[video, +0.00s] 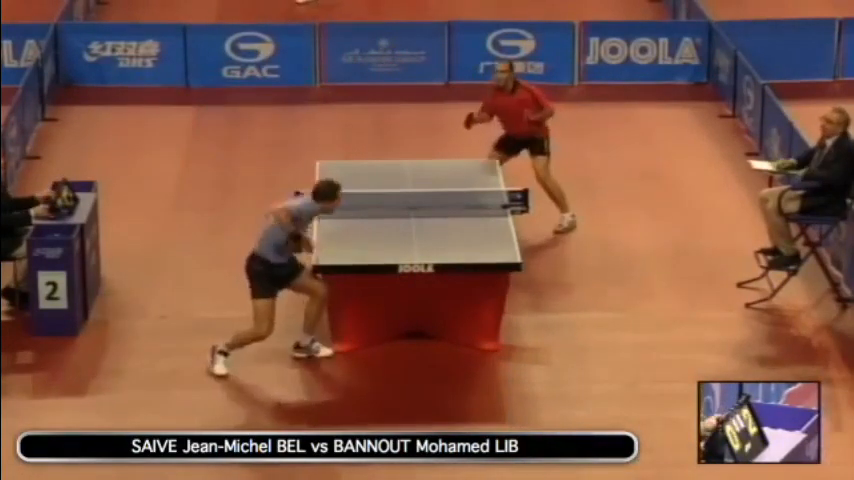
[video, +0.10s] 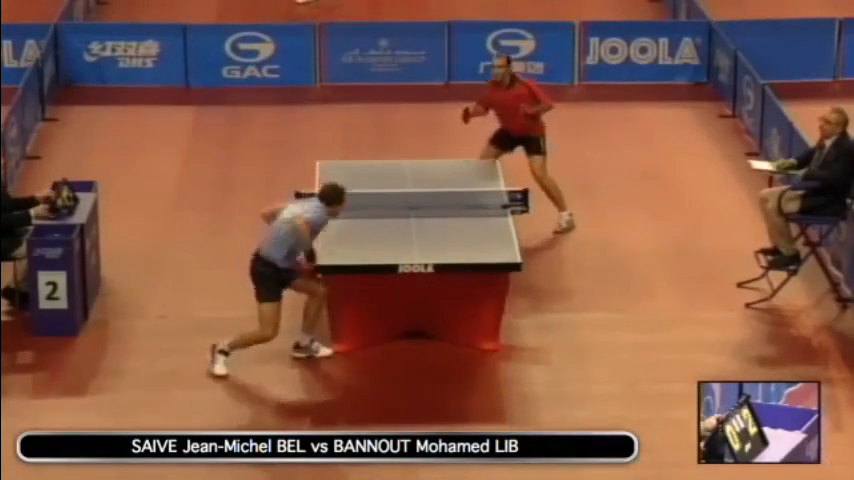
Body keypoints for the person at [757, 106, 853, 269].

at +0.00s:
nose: (822, 124)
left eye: (829, 122)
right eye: (823, 120)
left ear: (840, 128)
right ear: (823, 120)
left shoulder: (846, 148)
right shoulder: (826, 141)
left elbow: (833, 178)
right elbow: (806, 159)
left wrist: (802, 177)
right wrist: (789, 164)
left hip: (829, 199)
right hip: (813, 191)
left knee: (774, 206)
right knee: (765, 197)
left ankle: (790, 254)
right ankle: (780, 247)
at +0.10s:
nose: (821, 125)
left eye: (826, 122)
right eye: (822, 120)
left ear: (838, 128)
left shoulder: (845, 148)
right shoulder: (825, 142)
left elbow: (833, 178)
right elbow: (804, 160)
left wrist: (802, 176)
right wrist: (788, 164)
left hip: (829, 199)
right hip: (814, 191)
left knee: (774, 206)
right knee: (765, 197)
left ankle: (790, 254)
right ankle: (780, 247)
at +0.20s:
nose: (819, 126)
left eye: (825, 123)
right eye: (819, 121)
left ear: (837, 128)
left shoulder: (845, 149)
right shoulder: (824, 143)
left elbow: (832, 178)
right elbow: (803, 160)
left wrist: (802, 177)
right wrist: (788, 164)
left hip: (829, 199)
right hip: (813, 191)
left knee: (774, 206)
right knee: (765, 197)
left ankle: (790, 254)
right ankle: (780, 247)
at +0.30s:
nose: (818, 126)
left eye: (824, 123)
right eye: (819, 121)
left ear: (836, 128)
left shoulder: (844, 149)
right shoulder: (824, 143)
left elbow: (832, 178)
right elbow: (802, 161)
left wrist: (801, 177)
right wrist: (787, 165)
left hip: (829, 199)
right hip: (813, 191)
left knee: (774, 206)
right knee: (765, 197)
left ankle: (790, 254)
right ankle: (780, 247)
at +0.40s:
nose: (818, 125)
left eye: (824, 122)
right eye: (819, 121)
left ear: (836, 127)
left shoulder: (844, 149)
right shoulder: (824, 143)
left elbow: (833, 178)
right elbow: (803, 161)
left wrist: (801, 178)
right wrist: (787, 165)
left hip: (829, 199)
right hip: (813, 191)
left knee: (774, 206)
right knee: (765, 197)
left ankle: (790, 254)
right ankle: (780, 247)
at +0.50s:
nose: (818, 125)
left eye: (823, 122)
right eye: (818, 121)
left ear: (836, 127)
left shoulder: (844, 149)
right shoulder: (824, 143)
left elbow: (832, 178)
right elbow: (803, 160)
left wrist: (800, 179)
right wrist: (787, 165)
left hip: (828, 199)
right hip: (813, 191)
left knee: (774, 206)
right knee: (765, 197)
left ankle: (790, 254)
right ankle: (780, 247)